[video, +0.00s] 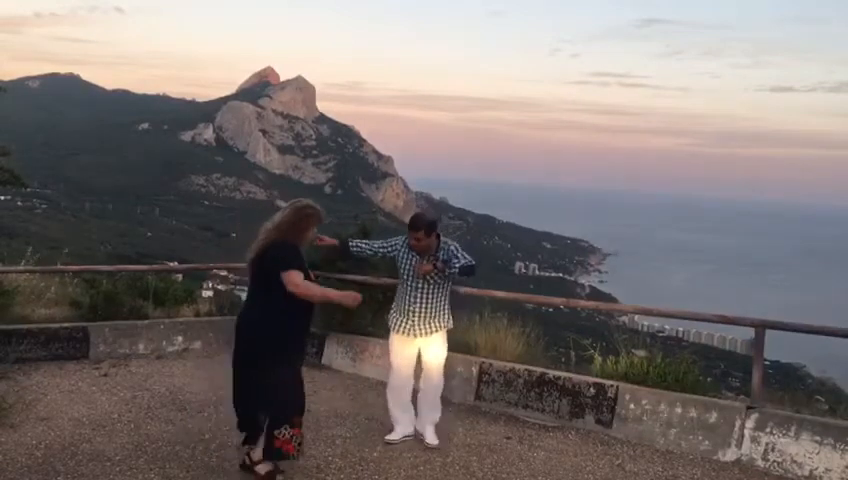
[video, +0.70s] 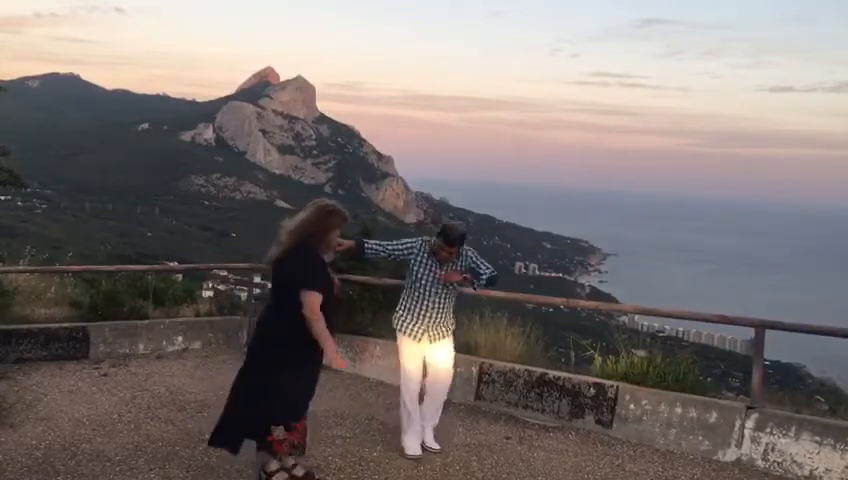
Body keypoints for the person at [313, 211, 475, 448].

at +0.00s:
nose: (413, 243)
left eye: (418, 240)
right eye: (411, 238)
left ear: (433, 236)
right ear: (408, 233)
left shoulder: (449, 249)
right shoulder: (402, 244)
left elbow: (470, 268)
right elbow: (372, 247)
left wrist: (439, 267)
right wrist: (338, 243)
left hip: (435, 327)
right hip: (403, 324)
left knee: (433, 379)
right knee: (400, 377)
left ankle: (427, 425)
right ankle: (403, 425)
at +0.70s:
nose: (447, 256)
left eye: (452, 253)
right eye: (445, 250)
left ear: (459, 248)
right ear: (437, 241)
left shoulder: (466, 255)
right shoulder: (420, 246)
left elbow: (491, 277)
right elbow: (387, 249)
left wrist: (464, 278)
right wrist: (352, 245)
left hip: (441, 330)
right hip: (411, 327)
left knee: (441, 382)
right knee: (411, 384)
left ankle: (428, 430)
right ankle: (411, 439)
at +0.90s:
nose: (459, 256)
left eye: (464, 253)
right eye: (456, 251)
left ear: (470, 251)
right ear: (447, 241)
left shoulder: (469, 260)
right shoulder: (429, 248)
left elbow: (488, 279)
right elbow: (401, 253)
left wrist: (475, 292)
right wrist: (377, 255)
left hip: (440, 330)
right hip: (411, 328)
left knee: (447, 378)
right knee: (413, 382)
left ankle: (425, 427)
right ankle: (409, 437)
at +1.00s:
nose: (465, 257)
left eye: (470, 254)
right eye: (462, 251)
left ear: (475, 252)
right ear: (454, 242)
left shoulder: (473, 264)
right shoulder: (436, 248)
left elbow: (483, 285)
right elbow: (412, 255)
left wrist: (472, 303)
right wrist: (398, 258)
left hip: (442, 332)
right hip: (413, 329)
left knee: (455, 380)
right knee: (415, 384)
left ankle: (429, 422)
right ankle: (410, 437)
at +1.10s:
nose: (473, 256)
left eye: (478, 253)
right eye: (471, 249)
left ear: (482, 251)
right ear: (461, 241)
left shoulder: (475, 268)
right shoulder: (446, 246)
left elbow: (473, 301)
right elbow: (420, 252)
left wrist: (468, 314)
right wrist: (429, 256)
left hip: (445, 334)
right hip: (418, 328)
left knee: (451, 383)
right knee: (419, 383)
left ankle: (442, 437)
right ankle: (410, 440)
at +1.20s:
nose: (484, 253)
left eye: (487, 250)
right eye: (483, 247)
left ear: (484, 247)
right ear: (474, 238)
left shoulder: (473, 263)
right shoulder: (449, 245)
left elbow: (472, 293)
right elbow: (432, 251)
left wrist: (470, 310)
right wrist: (462, 251)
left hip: (451, 332)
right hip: (427, 327)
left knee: (452, 383)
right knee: (433, 380)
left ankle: (442, 437)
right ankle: (413, 433)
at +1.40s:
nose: (491, 240)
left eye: (493, 236)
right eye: (490, 234)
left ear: (487, 234)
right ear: (481, 227)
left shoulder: (474, 254)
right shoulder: (455, 241)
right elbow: (468, 247)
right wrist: (494, 245)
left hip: (456, 329)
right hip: (443, 326)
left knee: (456, 381)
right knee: (459, 381)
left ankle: (444, 433)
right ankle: (430, 432)